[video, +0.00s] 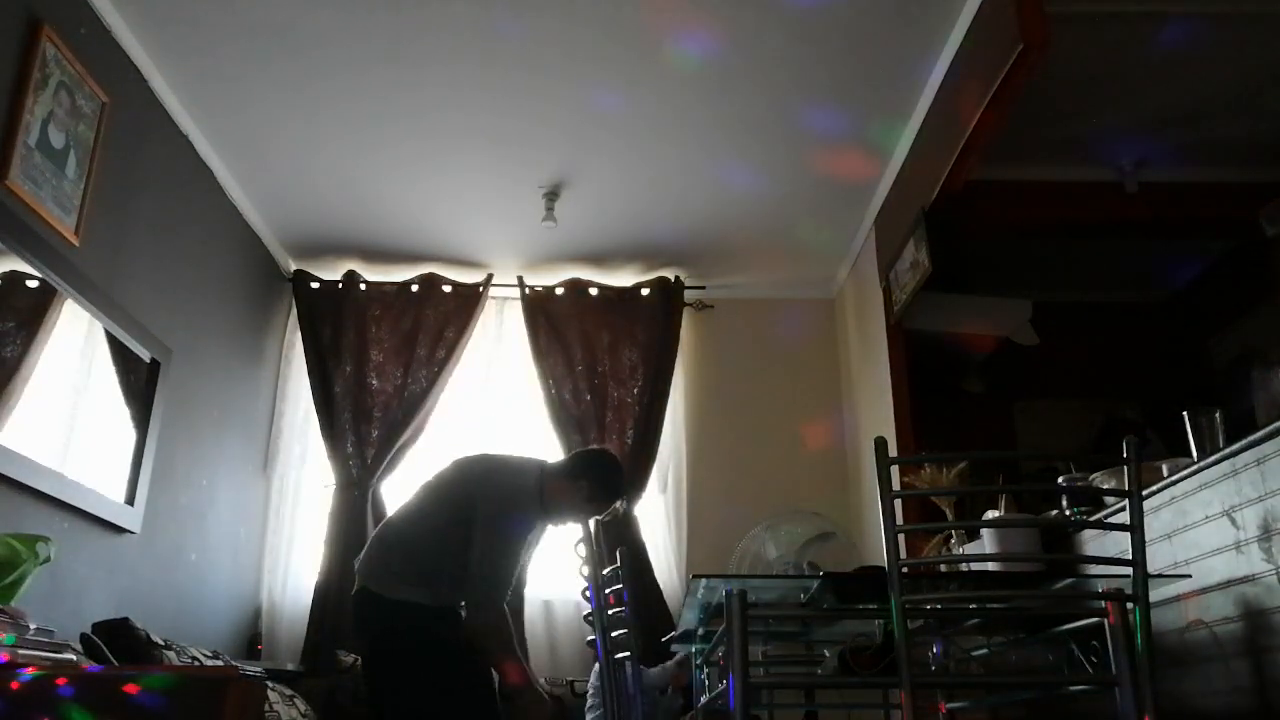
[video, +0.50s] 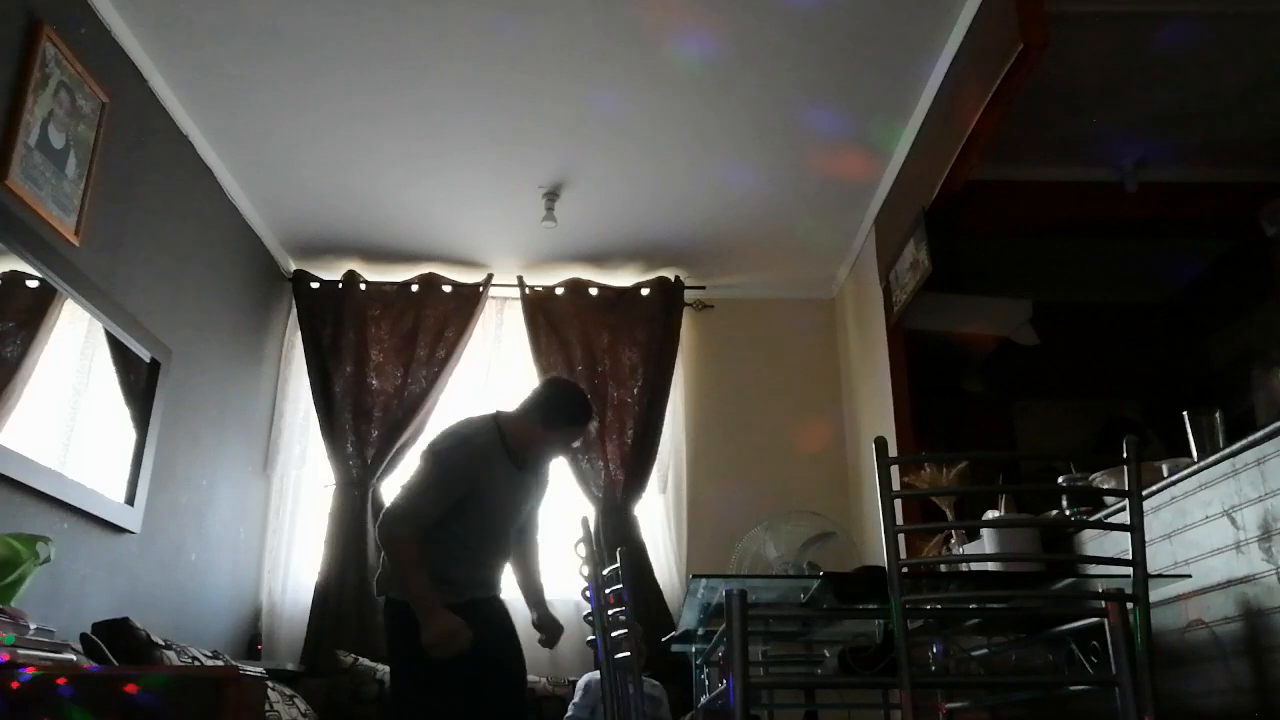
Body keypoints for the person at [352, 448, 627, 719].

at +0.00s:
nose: (578, 521)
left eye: (588, 516)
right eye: (586, 511)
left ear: (574, 475)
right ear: (578, 486)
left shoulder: (531, 508)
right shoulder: (513, 491)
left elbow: (508, 599)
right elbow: (484, 602)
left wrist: (523, 677)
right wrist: (517, 680)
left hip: (436, 605)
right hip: (394, 603)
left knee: (475, 705)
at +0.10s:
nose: (585, 512)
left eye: (593, 507)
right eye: (592, 502)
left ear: (574, 466)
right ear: (579, 479)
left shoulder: (539, 503)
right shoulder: (508, 485)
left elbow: (501, 583)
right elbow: (453, 587)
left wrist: (500, 662)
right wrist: (501, 662)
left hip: (442, 602)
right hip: (399, 601)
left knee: (473, 703)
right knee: (422, 708)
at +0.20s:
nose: (579, 503)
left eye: (589, 499)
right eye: (587, 495)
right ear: (576, 471)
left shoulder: (544, 500)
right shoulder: (492, 470)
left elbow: (508, 578)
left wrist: (509, 657)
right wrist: (465, 649)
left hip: (457, 598)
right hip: (400, 595)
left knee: (489, 697)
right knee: (423, 702)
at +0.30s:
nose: (574, 490)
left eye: (583, 485)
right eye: (580, 481)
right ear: (571, 459)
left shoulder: (545, 490)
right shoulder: (483, 468)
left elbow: (529, 572)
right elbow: (412, 545)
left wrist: (536, 634)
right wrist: (433, 642)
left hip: (463, 602)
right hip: (402, 600)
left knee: (488, 702)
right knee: (419, 707)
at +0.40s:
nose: (574, 478)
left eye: (581, 472)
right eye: (577, 469)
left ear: (560, 448)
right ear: (562, 449)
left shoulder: (542, 478)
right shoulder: (475, 458)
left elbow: (535, 551)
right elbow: (405, 539)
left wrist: (552, 617)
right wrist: (441, 625)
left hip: (470, 606)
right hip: (407, 607)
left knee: (494, 704)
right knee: (419, 709)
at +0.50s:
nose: (562, 452)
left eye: (568, 445)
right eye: (564, 443)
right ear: (544, 424)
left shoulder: (535, 462)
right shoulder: (465, 444)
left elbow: (522, 536)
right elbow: (394, 525)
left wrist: (538, 607)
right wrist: (430, 612)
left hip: (483, 607)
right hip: (418, 611)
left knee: (506, 706)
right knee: (429, 713)